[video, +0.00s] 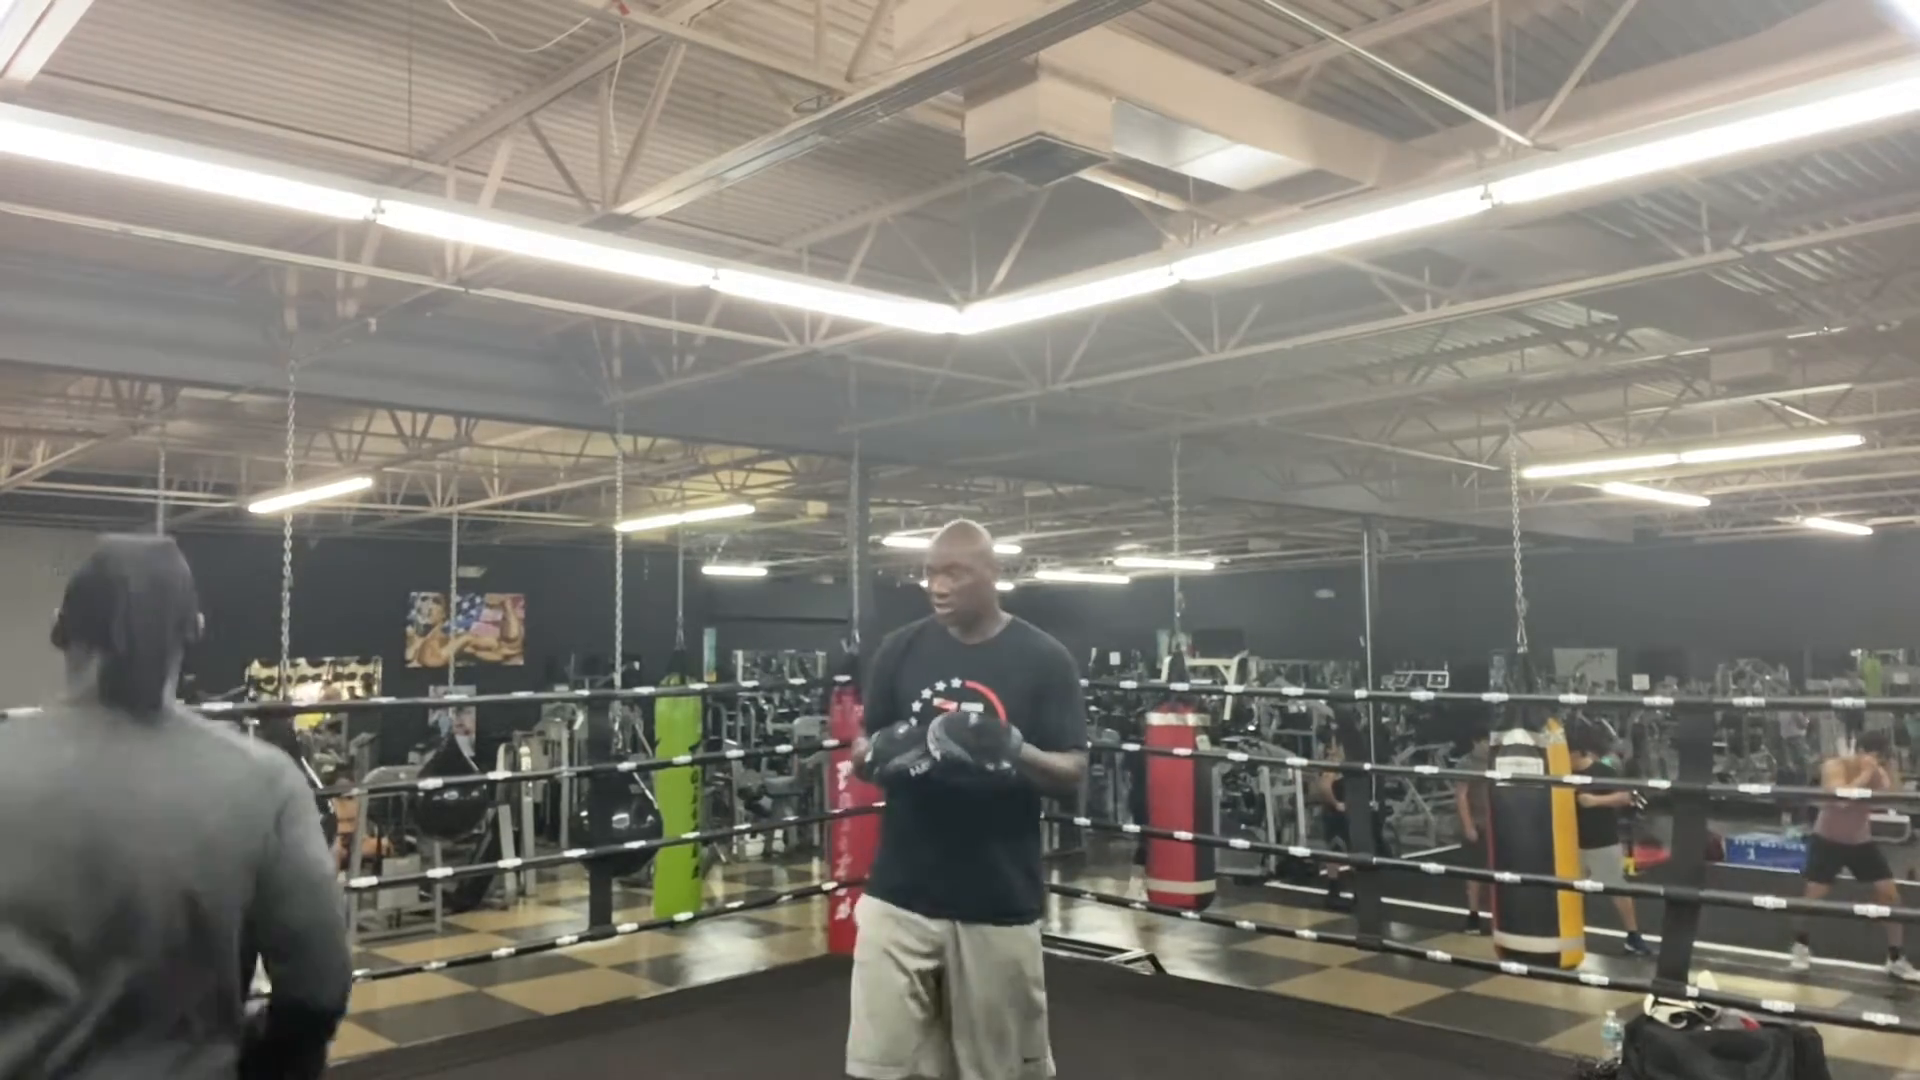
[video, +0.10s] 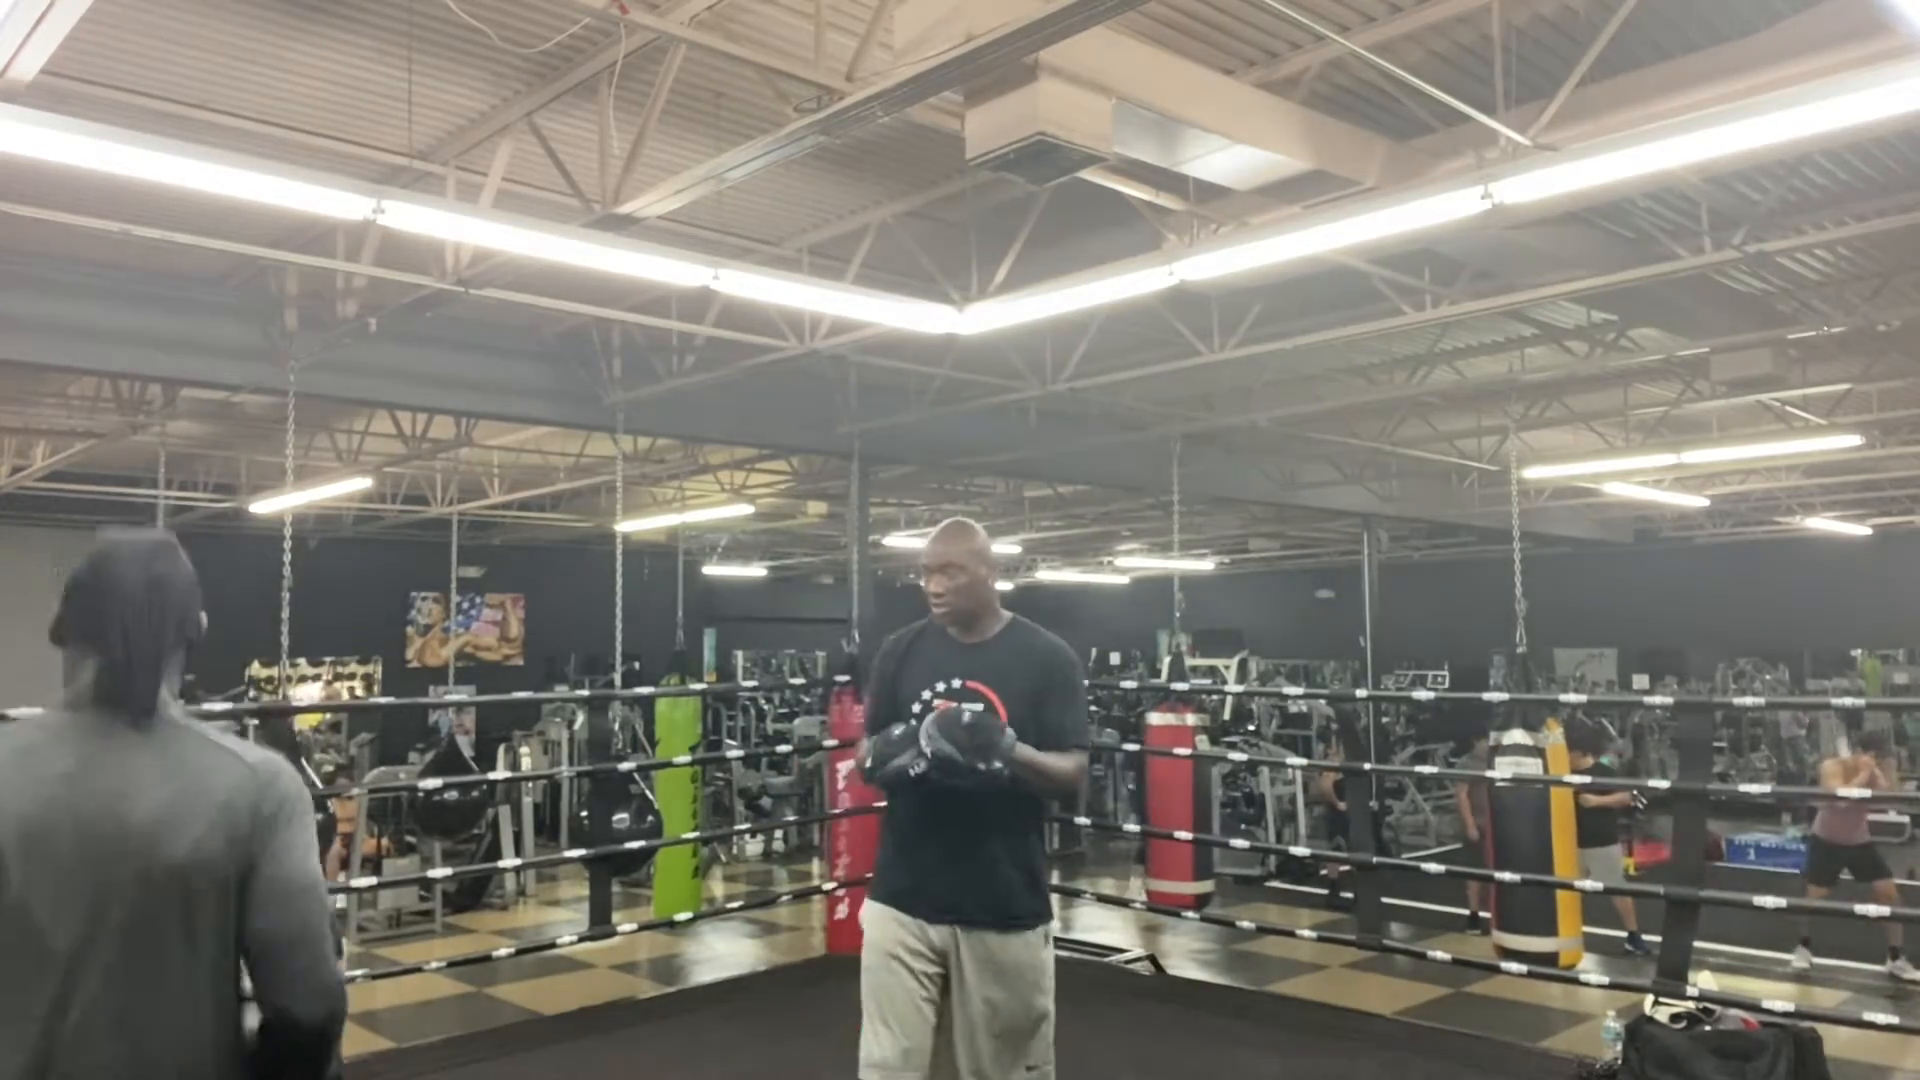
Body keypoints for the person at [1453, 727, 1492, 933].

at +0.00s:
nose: (1487, 747)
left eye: (1488, 742)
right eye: (1483, 743)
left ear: (1491, 744)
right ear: (1474, 744)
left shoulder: (1495, 764)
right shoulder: (1468, 765)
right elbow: (1461, 795)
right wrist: (1468, 825)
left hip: (1495, 823)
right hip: (1478, 824)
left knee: (1493, 870)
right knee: (1474, 869)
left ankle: (1494, 911)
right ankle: (1473, 912)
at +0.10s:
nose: (1487, 747)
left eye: (1489, 743)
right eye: (1483, 743)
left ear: (1492, 745)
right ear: (1475, 744)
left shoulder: (1496, 763)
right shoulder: (1468, 764)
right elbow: (1461, 793)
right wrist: (1470, 823)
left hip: (1496, 823)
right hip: (1479, 824)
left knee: (1494, 871)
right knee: (1475, 870)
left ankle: (1493, 910)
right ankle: (1473, 912)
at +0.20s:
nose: (1486, 747)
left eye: (1487, 742)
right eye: (1482, 743)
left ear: (1490, 745)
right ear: (1474, 744)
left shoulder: (1492, 764)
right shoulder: (1468, 764)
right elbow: (1462, 793)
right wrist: (1471, 822)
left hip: (1493, 823)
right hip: (1479, 824)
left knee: (1490, 870)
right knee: (1475, 869)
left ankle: (1490, 910)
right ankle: (1474, 912)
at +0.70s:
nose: (1485, 747)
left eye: (1486, 743)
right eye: (1482, 743)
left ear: (1485, 745)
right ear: (1474, 743)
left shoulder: (1486, 764)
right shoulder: (1466, 763)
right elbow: (1459, 793)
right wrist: (1466, 822)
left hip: (1487, 823)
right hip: (1476, 825)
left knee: (1487, 871)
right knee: (1476, 870)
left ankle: (1485, 911)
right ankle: (1475, 912)